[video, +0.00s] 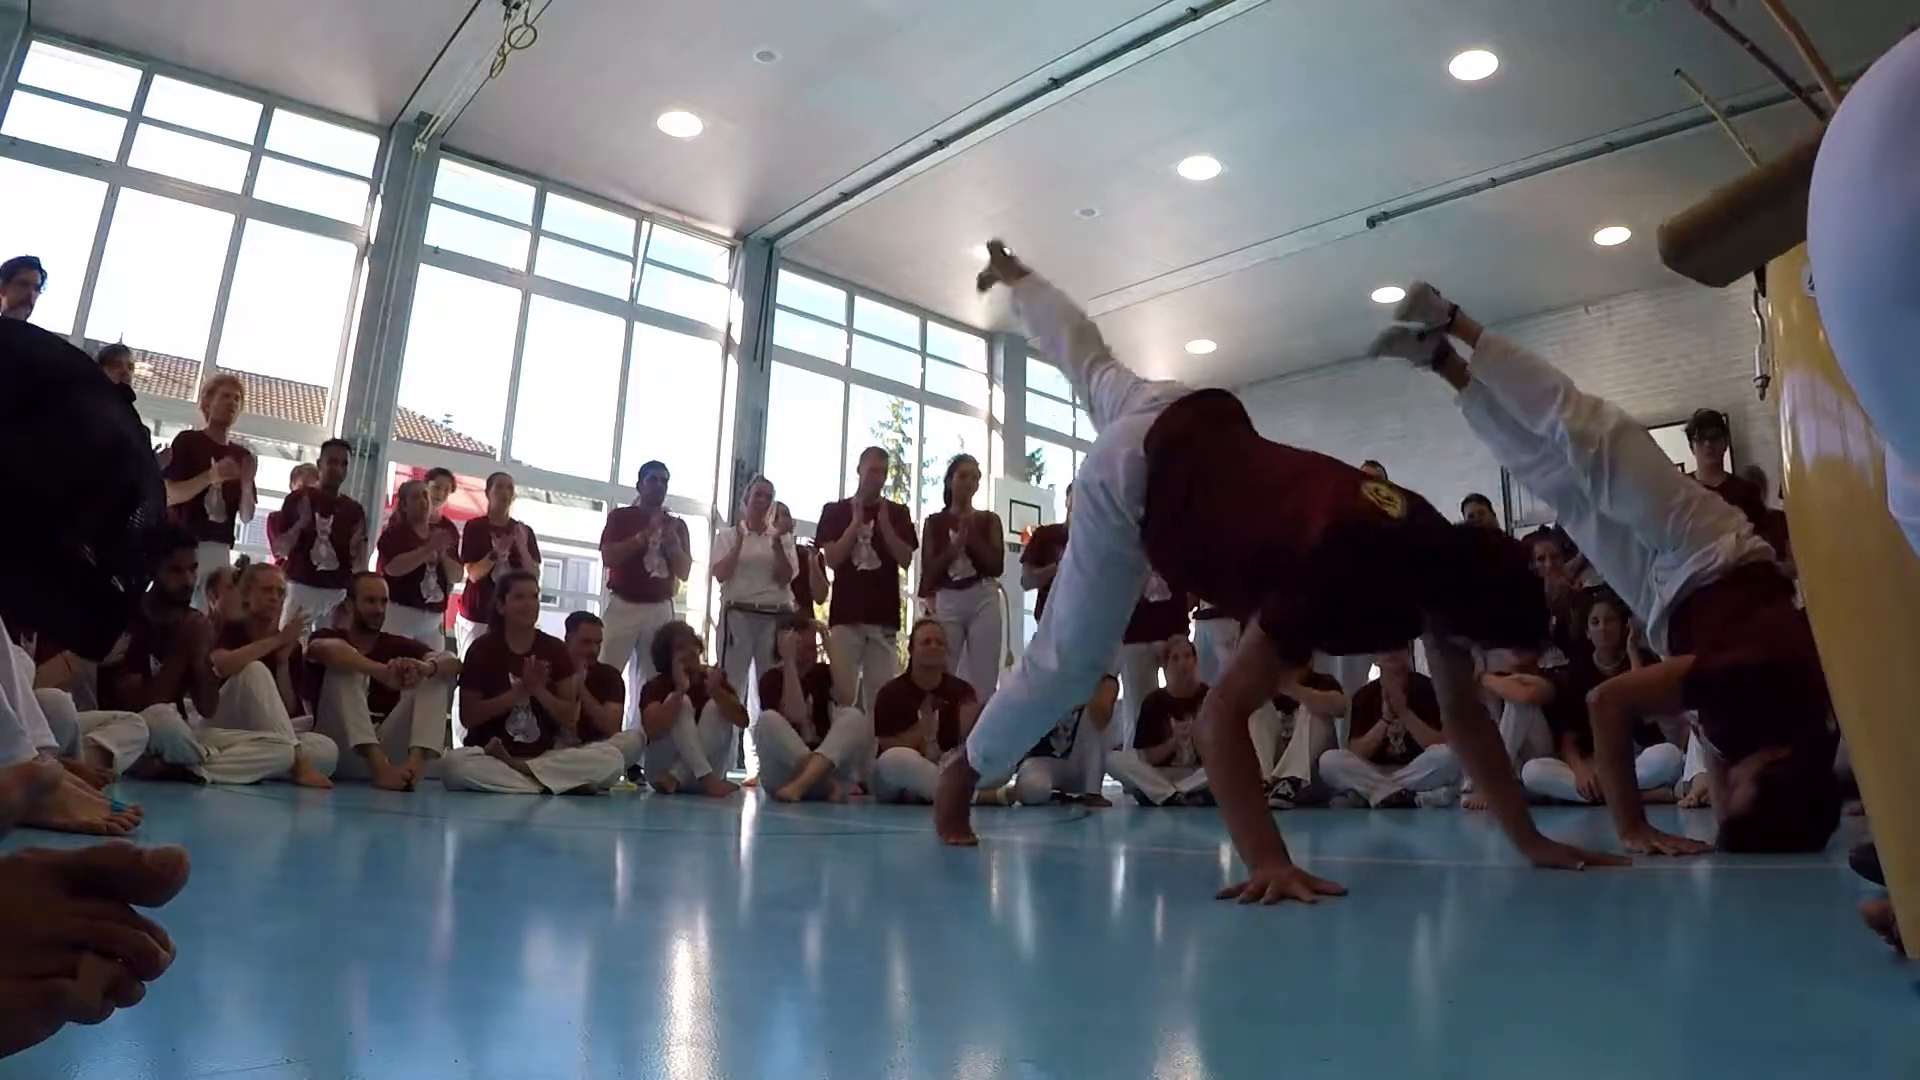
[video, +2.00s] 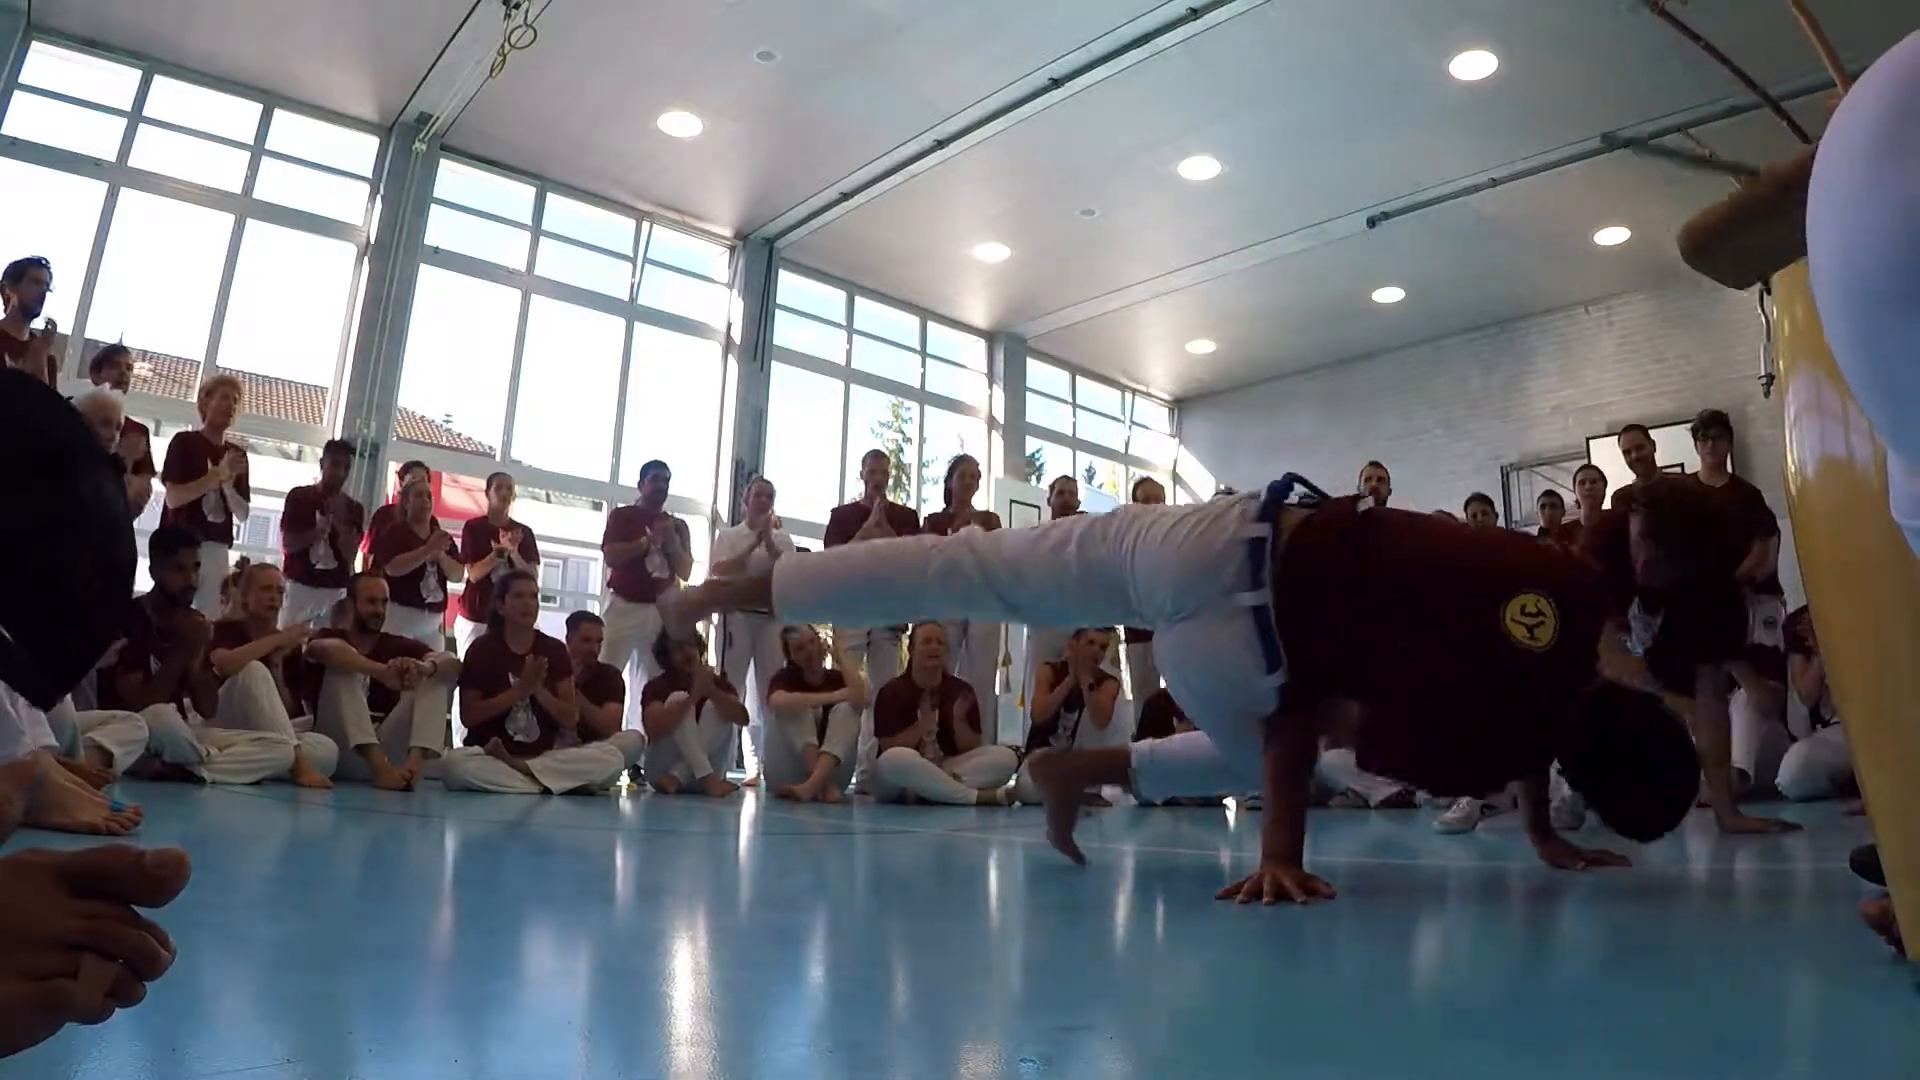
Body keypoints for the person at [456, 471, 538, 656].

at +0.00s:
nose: (505, 492)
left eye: (509, 488)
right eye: (499, 487)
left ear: (514, 494)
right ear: (488, 493)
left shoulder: (524, 531)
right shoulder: (474, 527)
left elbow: (534, 573)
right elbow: (473, 574)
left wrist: (522, 548)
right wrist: (496, 553)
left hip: (510, 619)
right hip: (475, 615)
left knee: (504, 681)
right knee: (471, 679)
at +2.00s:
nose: (504, 493)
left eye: (509, 489)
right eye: (498, 488)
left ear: (514, 495)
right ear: (487, 493)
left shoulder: (524, 532)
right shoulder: (473, 527)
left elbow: (532, 576)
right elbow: (473, 574)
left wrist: (514, 553)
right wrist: (498, 553)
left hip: (509, 621)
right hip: (473, 617)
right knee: (471, 679)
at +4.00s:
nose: (506, 495)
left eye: (510, 491)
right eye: (501, 490)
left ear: (514, 496)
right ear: (488, 493)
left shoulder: (521, 533)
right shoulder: (472, 527)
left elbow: (531, 576)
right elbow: (471, 574)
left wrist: (512, 552)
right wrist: (495, 553)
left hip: (509, 623)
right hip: (474, 618)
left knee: (504, 683)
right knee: (470, 684)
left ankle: (497, 742)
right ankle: (463, 745)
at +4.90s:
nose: (511, 499)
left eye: (514, 494)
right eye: (507, 492)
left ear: (515, 499)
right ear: (491, 493)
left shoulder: (522, 533)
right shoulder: (472, 528)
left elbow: (531, 575)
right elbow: (471, 574)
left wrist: (516, 545)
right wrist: (494, 552)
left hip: (509, 621)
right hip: (473, 618)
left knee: (504, 683)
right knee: (469, 683)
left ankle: (497, 742)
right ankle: (462, 745)